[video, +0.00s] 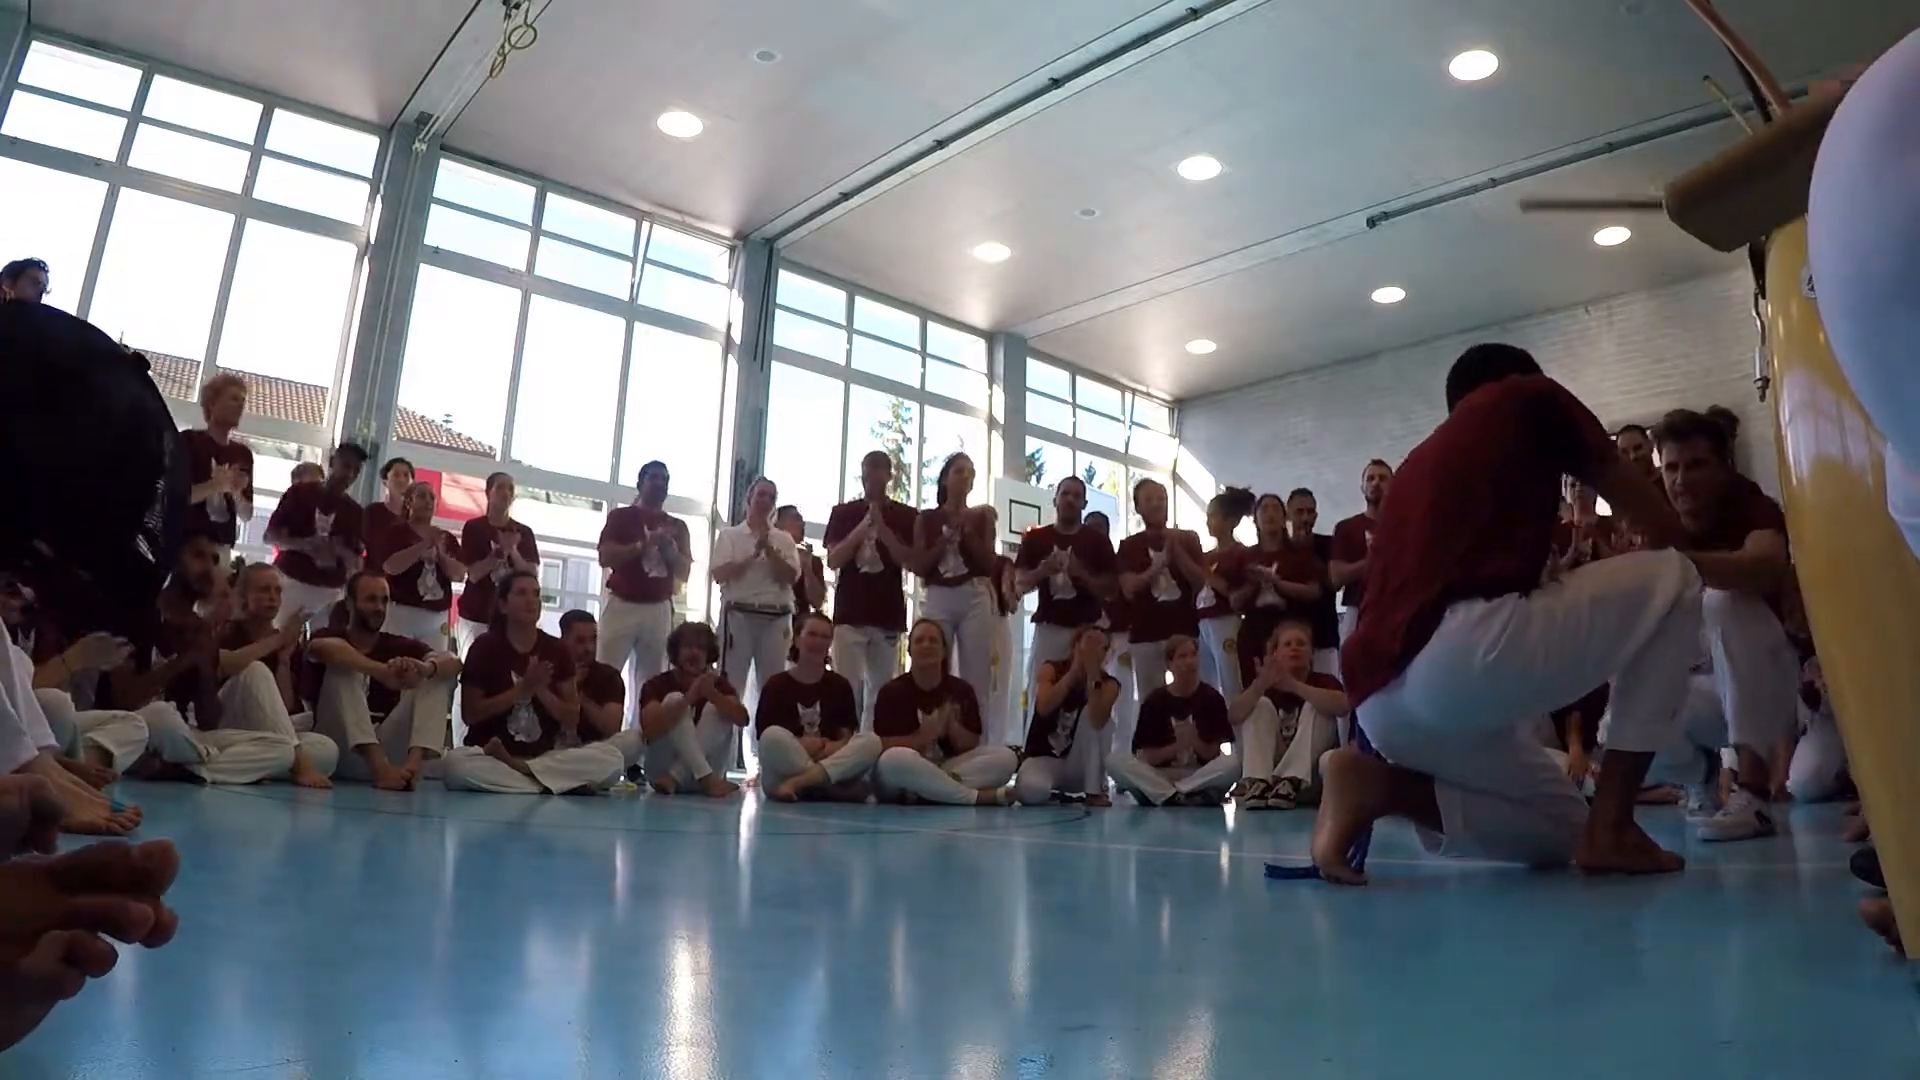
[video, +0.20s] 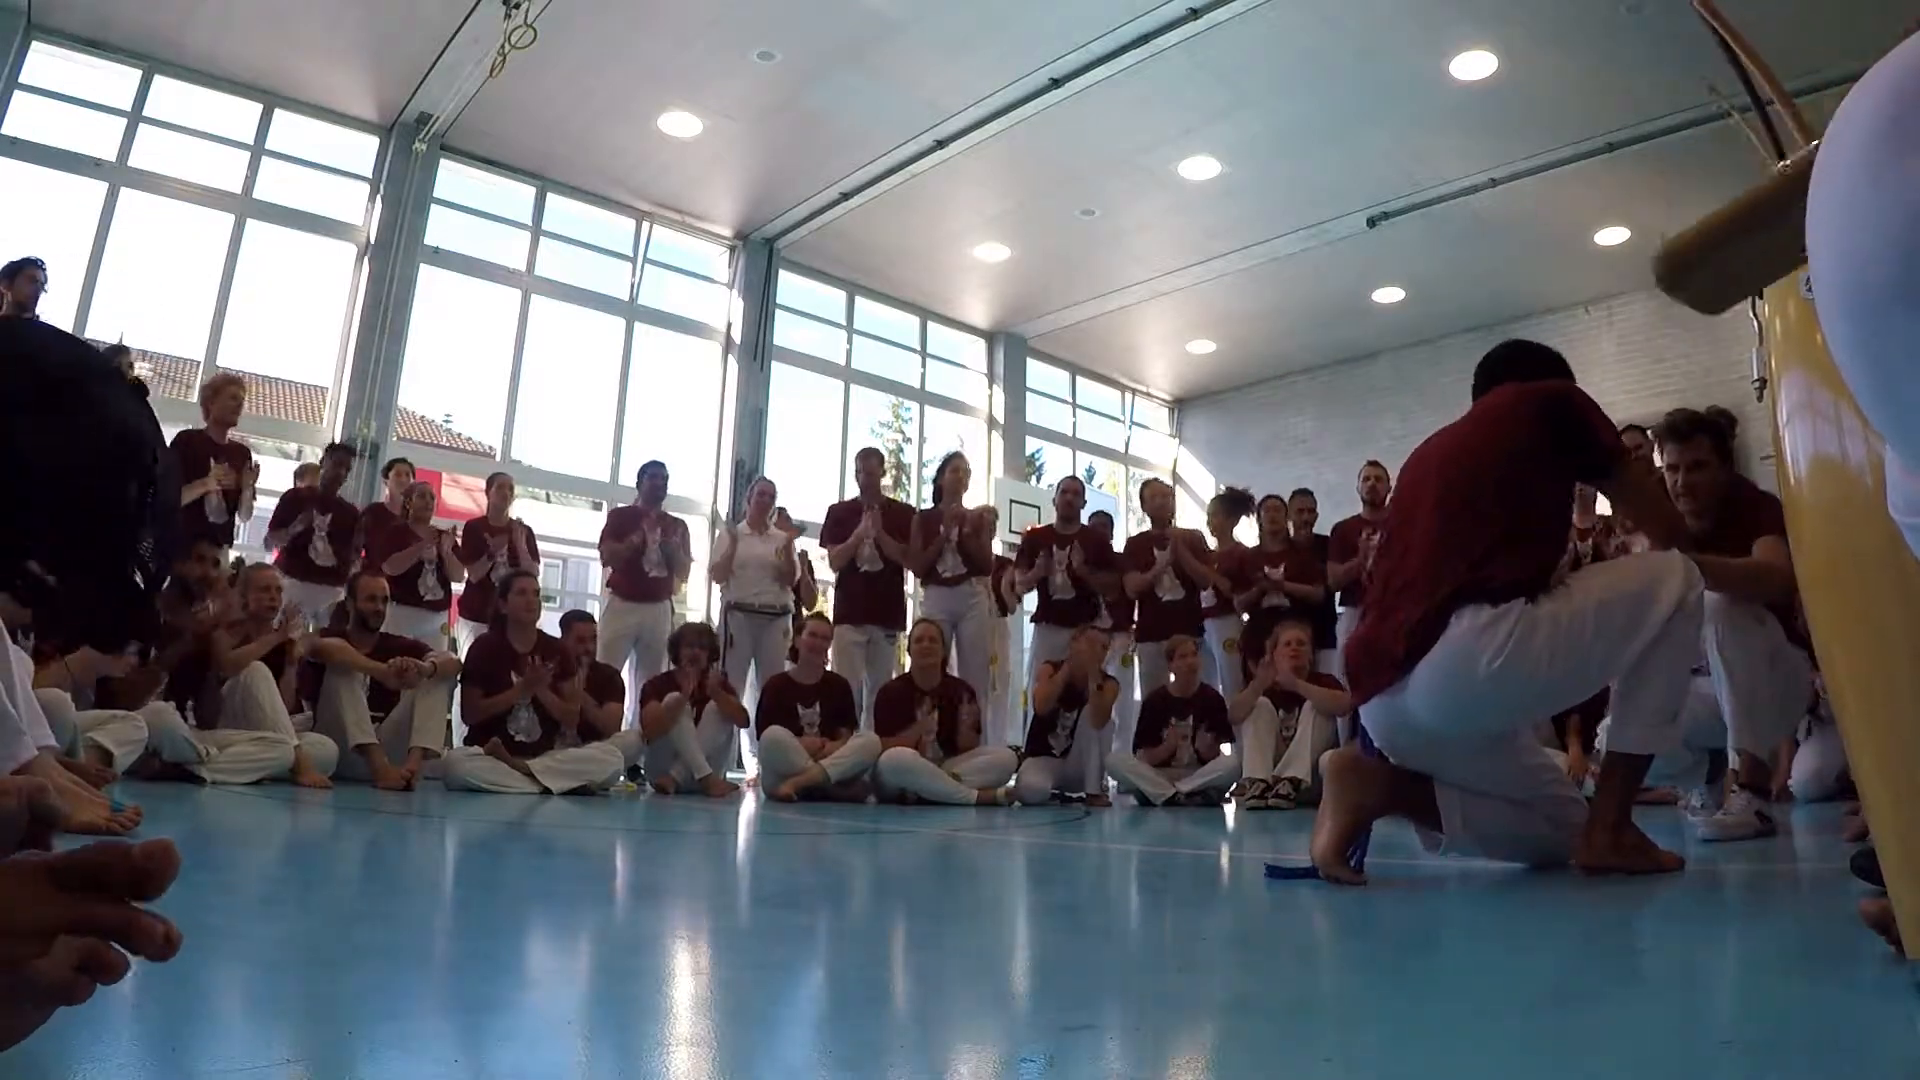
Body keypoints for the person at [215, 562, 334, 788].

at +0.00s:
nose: (273, 597)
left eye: (277, 591)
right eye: (264, 590)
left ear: (282, 596)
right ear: (244, 596)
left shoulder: (287, 643)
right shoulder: (225, 632)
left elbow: (288, 708)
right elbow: (223, 667)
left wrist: (284, 660)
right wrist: (280, 638)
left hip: (270, 729)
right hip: (225, 724)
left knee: (327, 751)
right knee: (255, 673)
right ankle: (299, 762)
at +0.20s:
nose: (274, 597)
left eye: (278, 590)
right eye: (264, 590)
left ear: (283, 596)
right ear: (244, 596)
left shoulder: (285, 641)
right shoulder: (226, 633)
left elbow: (286, 707)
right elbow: (226, 666)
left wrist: (291, 662)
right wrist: (278, 637)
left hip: (271, 733)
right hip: (227, 727)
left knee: (327, 751)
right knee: (255, 671)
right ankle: (300, 762)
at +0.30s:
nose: (208, 571)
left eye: (214, 563)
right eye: (197, 559)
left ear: (220, 571)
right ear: (173, 560)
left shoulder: (204, 620)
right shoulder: (144, 609)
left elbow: (207, 714)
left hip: (184, 734)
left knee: (283, 750)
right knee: (162, 714)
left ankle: (185, 771)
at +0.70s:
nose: (209, 570)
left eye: (215, 562)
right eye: (199, 559)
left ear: (221, 568)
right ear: (176, 559)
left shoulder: (208, 620)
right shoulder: (143, 610)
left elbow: (209, 701)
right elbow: (134, 695)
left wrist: (209, 648)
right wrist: (188, 635)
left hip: (188, 732)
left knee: (284, 750)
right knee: (161, 715)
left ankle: (182, 770)